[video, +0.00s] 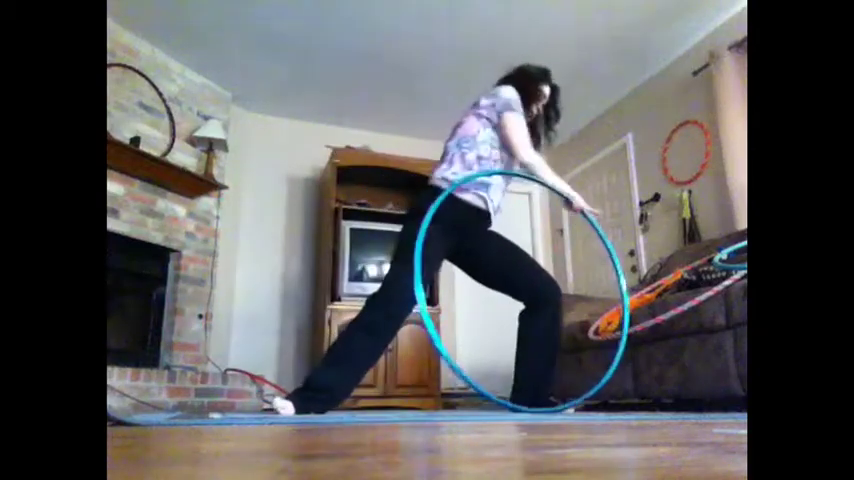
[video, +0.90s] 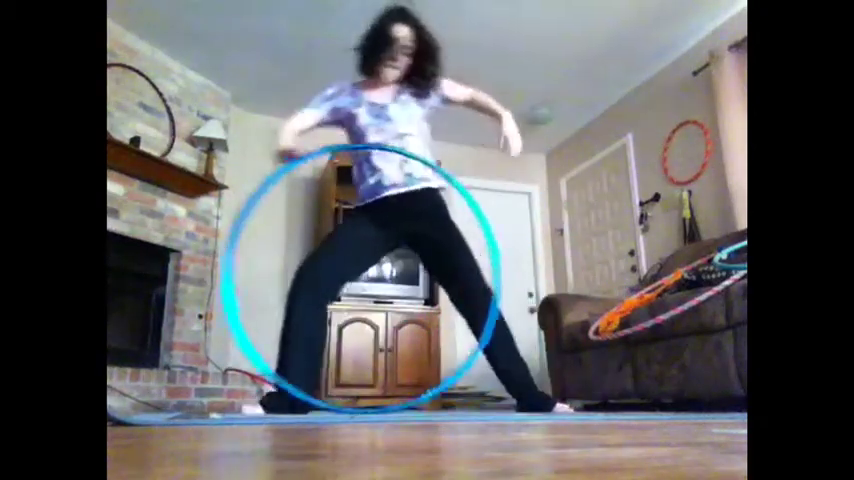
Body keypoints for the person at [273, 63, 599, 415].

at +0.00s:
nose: (542, 105)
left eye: (545, 102)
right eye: (541, 96)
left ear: (536, 105)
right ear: (527, 86)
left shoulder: (507, 125)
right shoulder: (505, 96)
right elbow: (524, 155)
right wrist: (572, 197)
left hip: (472, 228)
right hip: (439, 213)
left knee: (544, 294)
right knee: (391, 306)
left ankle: (532, 401)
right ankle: (306, 402)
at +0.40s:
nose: (507, 112)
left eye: (514, 109)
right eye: (509, 103)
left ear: (514, 107)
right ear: (499, 87)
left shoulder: (487, 124)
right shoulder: (464, 86)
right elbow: (466, 128)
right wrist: (516, 172)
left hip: (465, 220)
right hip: (423, 210)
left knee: (540, 293)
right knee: (375, 299)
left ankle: (533, 404)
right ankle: (307, 401)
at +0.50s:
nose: (492, 107)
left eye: (499, 104)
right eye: (494, 98)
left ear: (502, 102)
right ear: (485, 79)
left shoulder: (482, 125)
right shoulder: (444, 83)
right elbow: (425, 122)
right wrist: (478, 153)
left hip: (459, 216)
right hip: (414, 207)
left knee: (531, 293)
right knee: (360, 301)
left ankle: (535, 402)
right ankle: (301, 401)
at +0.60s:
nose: (472, 87)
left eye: (480, 84)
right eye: (472, 76)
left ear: (483, 86)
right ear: (459, 62)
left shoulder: (469, 110)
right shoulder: (413, 78)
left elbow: (484, 148)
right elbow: (374, 110)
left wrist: (497, 184)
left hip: (454, 213)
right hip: (405, 206)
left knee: (511, 296)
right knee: (345, 290)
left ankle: (531, 397)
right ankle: (300, 396)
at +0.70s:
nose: (456, 71)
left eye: (465, 68)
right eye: (453, 60)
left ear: (470, 73)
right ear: (435, 52)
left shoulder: (458, 104)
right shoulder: (392, 81)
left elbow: (498, 144)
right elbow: (345, 113)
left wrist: (506, 172)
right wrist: (384, 143)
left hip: (445, 210)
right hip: (393, 208)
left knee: (499, 293)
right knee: (334, 288)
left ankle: (533, 397)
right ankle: (298, 395)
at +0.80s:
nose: (433, 63)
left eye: (442, 58)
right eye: (429, 52)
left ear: (449, 64)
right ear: (412, 47)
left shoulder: (444, 97)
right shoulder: (373, 85)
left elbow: (489, 118)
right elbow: (322, 117)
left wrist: (509, 149)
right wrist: (347, 139)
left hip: (437, 209)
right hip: (384, 209)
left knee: (489, 296)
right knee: (324, 286)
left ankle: (531, 398)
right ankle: (297, 395)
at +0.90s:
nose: (399, 54)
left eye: (408, 48)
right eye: (391, 45)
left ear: (418, 54)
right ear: (374, 46)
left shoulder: (423, 90)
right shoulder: (346, 95)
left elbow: (471, 96)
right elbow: (295, 124)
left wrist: (505, 117)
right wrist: (287, 142)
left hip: (426, 207)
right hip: (374, 214)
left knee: (475, 297)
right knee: (312, 281)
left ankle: (531, 400)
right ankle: (291, 397)